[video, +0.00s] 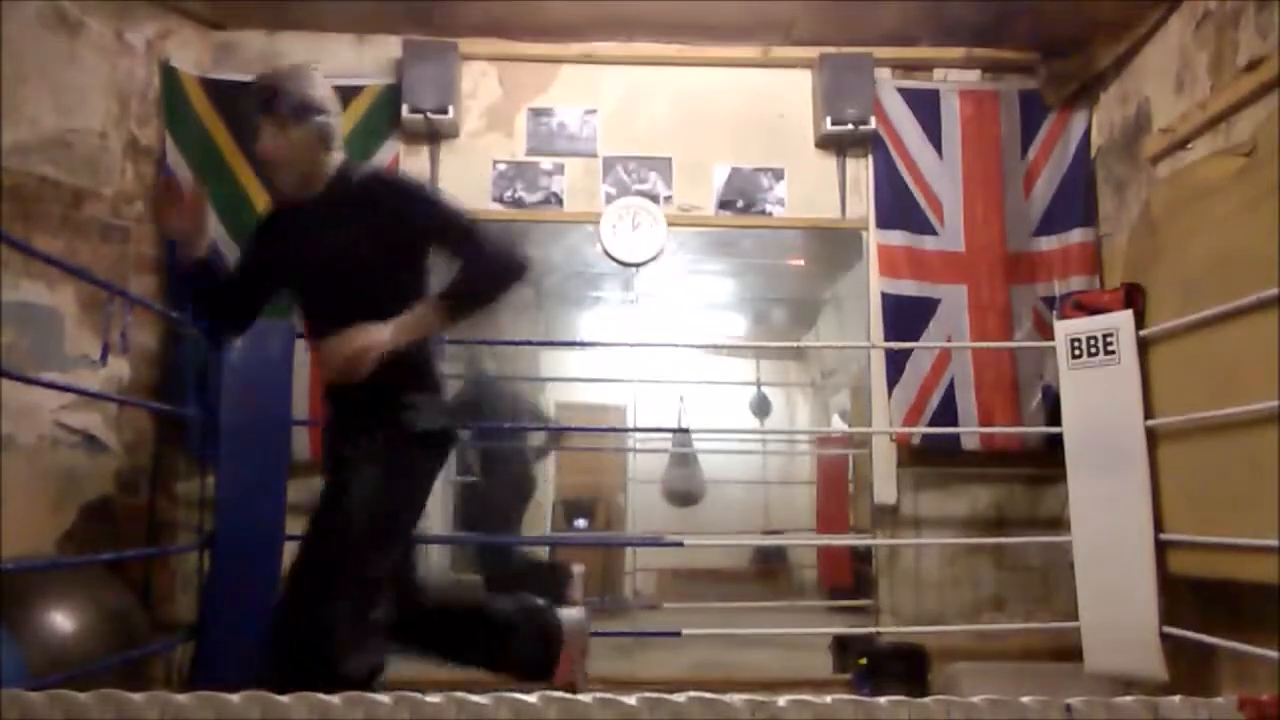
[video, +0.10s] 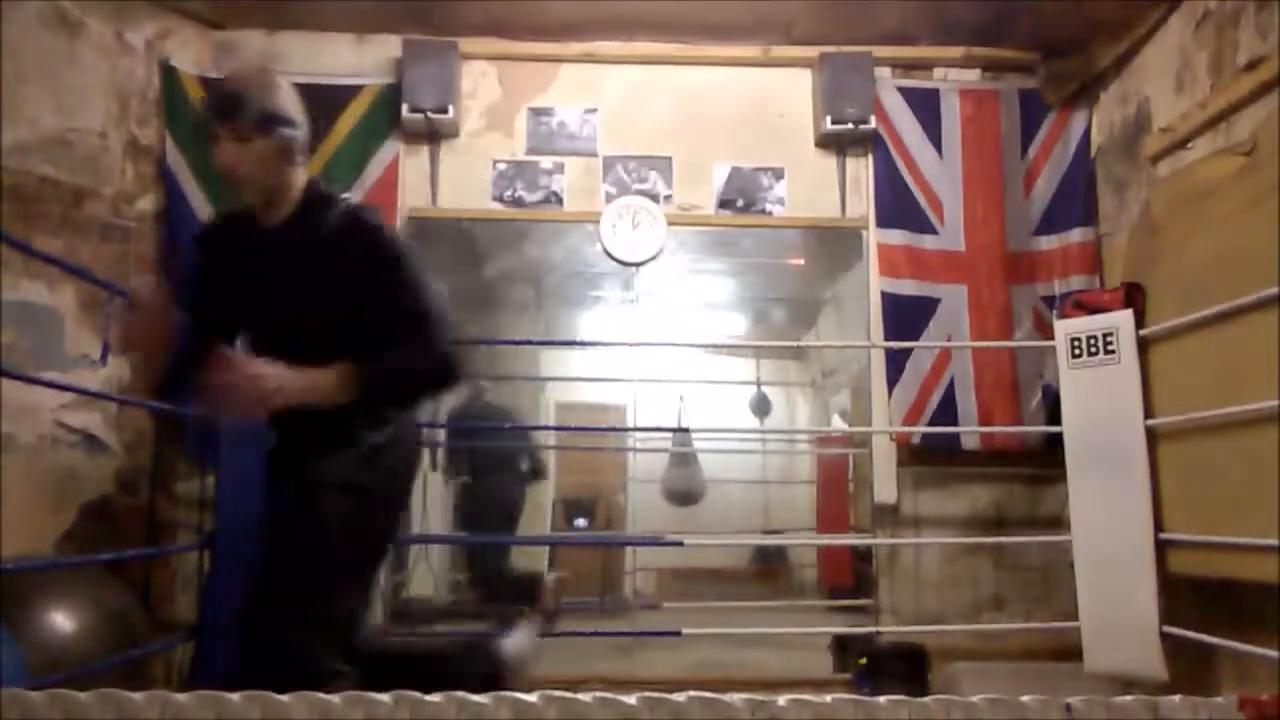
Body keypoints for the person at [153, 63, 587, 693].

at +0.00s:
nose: (261, 147)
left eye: (276, 129)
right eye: (260, 131)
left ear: (319, 132)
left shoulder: (385, 196)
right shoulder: (285, 225)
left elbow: (499, 262)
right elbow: (228, 317)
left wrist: (394, 331)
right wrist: (194, 245)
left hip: (409, 421)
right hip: (351, 425)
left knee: (319, 602)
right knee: (381, 604)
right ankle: (543, 639)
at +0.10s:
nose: (221, 157)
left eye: (241, 138)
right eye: (216, 139)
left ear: (289, 145)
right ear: (210, 145)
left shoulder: (355, 238)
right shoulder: (221, 247)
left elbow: (430, 363)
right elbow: (192, 373)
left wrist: (295, 383)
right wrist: (159, 350)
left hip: (363, 454)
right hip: (270, 453)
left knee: (308, 645)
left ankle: (482, 664)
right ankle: (482, 663)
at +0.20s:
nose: (176, 139)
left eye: (195, 118)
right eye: (164, 121)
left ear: (244, 123)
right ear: (155, 129)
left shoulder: (320, 226)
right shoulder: (178, 223)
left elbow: (310, 372)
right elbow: (181, 354)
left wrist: (168, 314)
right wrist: (151, 451)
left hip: (331, 453)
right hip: (239, 446)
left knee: (268, 646)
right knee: (185, 637)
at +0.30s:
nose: (114, 81)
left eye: (122, 60)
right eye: (108, 63)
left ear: (172, 55)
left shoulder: (271, 151)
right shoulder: (142, 154)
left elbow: (267, 315)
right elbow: (141, 271)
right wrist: (112, 364)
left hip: (281, 407)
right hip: (186, 396)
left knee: (252, 622)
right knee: (62, 578)